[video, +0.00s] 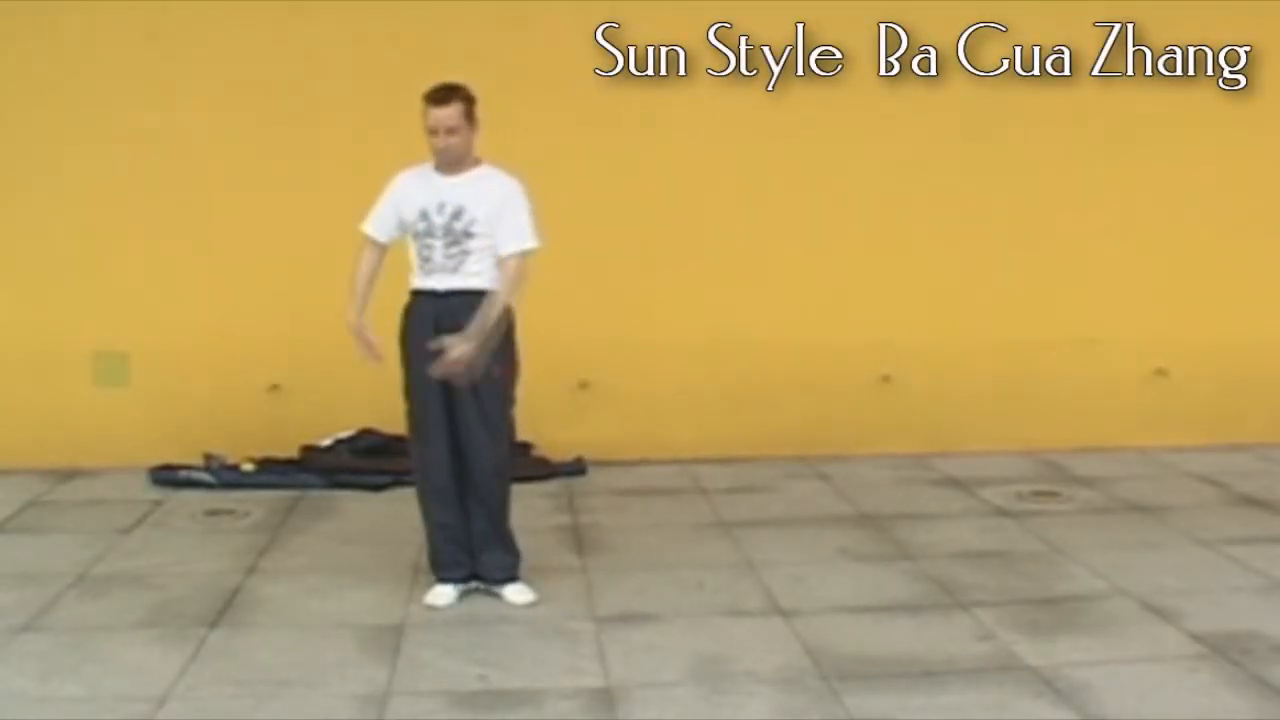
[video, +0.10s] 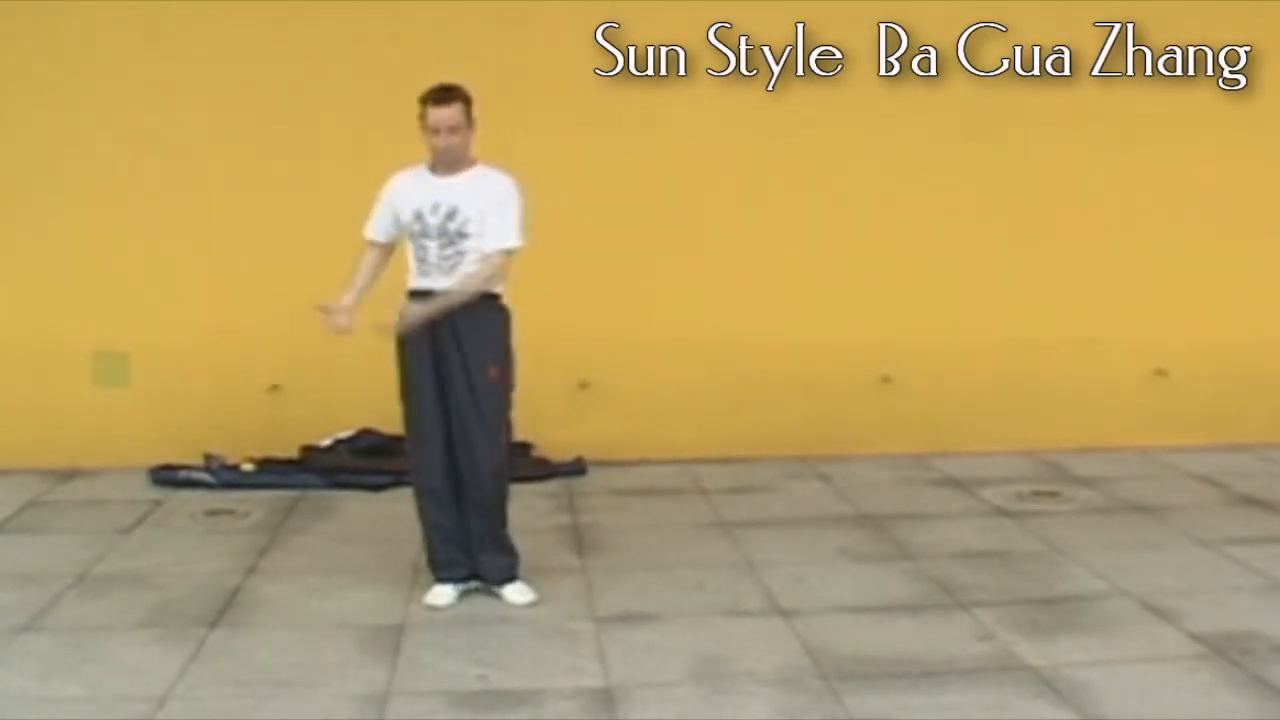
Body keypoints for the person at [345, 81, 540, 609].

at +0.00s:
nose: (442, 140)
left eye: (451, 130)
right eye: (434, 131)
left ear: (473, 130)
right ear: (425, 132)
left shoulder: (501, 188)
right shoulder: (408, 185)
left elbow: (514, 270)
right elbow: (373, 245)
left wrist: (476, 337)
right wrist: (357, 313)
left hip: (484, 310)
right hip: (426, 310)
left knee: (486, 446)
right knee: (432, 448)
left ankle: (499, 567)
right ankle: (450, 570)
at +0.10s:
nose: (444, 140)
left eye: (453, 130)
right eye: (435, 131)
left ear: (472, 129)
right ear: (422, 132)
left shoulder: (496, 188)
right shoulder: (403, 187)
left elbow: (494, 268)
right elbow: (377, 248)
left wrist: (428, 309)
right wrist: (350, 300)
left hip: (478, 316)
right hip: (420, 317)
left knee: (485, 447)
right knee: (430, 449)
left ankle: (496, 568)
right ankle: (449, 571)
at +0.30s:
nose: (454, 145)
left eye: (462, 136)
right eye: (444, 136)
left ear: (473, 138)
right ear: (425, 138)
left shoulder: (491, 186)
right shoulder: (396, 190)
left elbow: (478, 233)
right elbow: (368, 255)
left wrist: (421, 179)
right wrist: (336, 275)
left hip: (471, 324)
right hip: (413, 325)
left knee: (475, 456)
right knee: (422, 456)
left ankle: (482, 586)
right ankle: (445, 575)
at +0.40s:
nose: (455, 150)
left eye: (462, 139)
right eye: (445, 139)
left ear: (471, 141)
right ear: (423, 140)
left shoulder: (482, 196)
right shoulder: (391, 194)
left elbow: (503, 200)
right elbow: (353, 263)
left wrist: (475, 144)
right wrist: (396, 265)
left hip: (468, 324)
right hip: (410, 324)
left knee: (468, 463)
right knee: (416, 463)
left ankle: (465, 601)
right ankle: (443, 575)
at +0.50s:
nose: (456, 155)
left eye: (463, 146)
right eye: (447, 145)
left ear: (472, 149)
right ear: (420, 145)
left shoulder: (481, 198)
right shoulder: (388, 200)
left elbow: (535, 189)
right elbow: (363, 271)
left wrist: (510, 125)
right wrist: (428, 278)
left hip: (463, 332)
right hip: (404, 332)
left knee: (458, 472)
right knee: (410, 470)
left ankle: (445, 613)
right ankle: (445, 578)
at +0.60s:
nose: (462, 162)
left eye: (467, 152)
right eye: (453, 151)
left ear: (470, 155)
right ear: (420, 152)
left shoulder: (480, 206)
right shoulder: (386, 207)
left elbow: (552, 193)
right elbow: (377, 279)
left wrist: (566, 134)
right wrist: (461, 299)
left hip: (461, 342)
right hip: (402, 340)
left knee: (449, 483)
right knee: (401, 478)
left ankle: (431, 621)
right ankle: (452, 559)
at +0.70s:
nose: (466, 170)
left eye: (470, 158)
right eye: (456, 158)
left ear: (468, 161)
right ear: (419, 160)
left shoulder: (480, 212)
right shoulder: (384, 216)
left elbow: (557, 200)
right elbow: (386, 292)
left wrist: (604, 148)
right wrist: (473, 323)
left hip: (458, 355)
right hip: (399, 352)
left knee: (446, 492)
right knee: (397, 487)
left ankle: (424, 632)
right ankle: (448, 558)